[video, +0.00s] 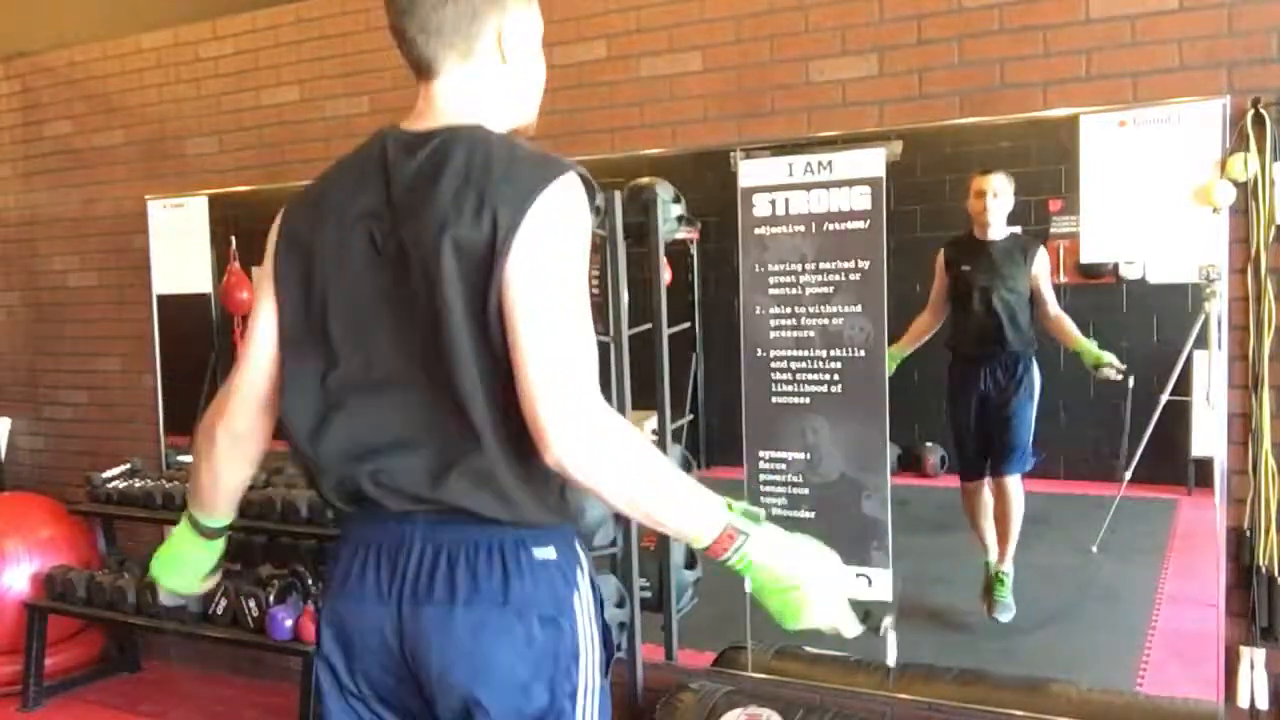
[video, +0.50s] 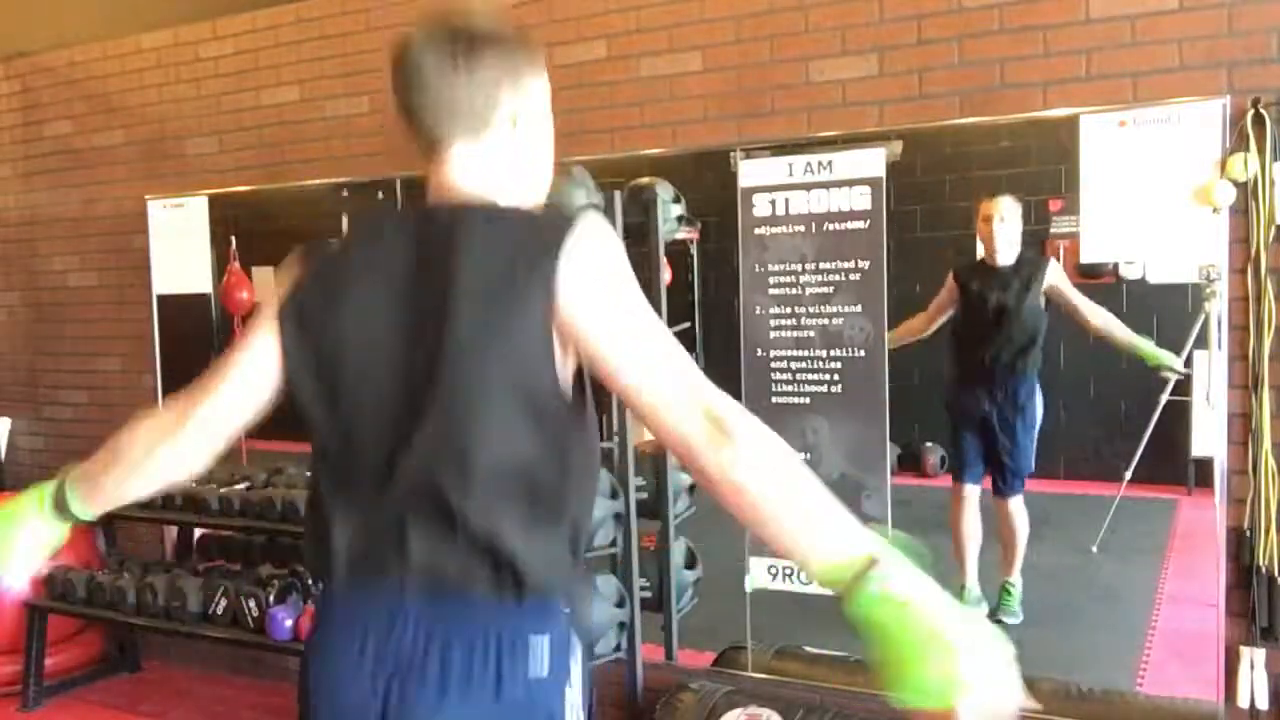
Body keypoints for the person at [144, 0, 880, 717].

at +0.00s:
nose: (544, 63)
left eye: (540, 40)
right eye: (539, 38)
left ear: (412, 51)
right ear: (510, 40)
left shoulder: (311, 208)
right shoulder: (537, 187)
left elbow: (244, 408)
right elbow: (570, 430)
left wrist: (203, 526)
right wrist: (744, 541)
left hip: (362, 578)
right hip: (513, 585)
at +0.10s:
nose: (551, 120)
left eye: (545, 92)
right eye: (545, 91)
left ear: (413, 106)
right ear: (516, 93)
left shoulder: (322, 269)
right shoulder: (543, 251)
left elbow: (246, 488)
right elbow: (589, 492)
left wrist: (222, 500)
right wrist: (793, 527)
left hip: (371, 623)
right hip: (520, 625)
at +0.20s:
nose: (549, 141)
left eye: (542, 117)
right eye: (541, 118)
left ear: (418, 134)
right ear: (508, 128)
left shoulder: (320, 301)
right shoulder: (556, 282)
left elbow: (242, 505)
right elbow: (633, 513)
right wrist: (824, 508)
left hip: (366, 671)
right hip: (519, 678)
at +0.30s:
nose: (548, 68)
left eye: (545, 43)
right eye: (543, 43)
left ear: (415, 56)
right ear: (515, 42)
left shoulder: (323, 220)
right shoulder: (554, 187)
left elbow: (227, 442)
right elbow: (637, 413)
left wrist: (204, 527)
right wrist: (818, 510)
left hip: (352, 599)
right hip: (501, 607)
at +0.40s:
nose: (548, 54)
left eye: (542, 37)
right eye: (543, 37)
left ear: (413, 51)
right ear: (519, 40)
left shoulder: (324, 208)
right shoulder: (552, 175)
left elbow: (219, 393)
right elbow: (659, 399)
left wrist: (119, 538)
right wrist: (822, 557)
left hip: (352, 575)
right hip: (503, 590)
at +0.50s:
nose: (555, 138)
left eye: (545, 119)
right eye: (551, 118)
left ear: (409, 132)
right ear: (528, 121)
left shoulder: (323, 280)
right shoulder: (566, 258)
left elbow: (192, 426)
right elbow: (711, 434)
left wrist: (56, 505)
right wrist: (888, 587)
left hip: (350, 650)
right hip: (512, 653)